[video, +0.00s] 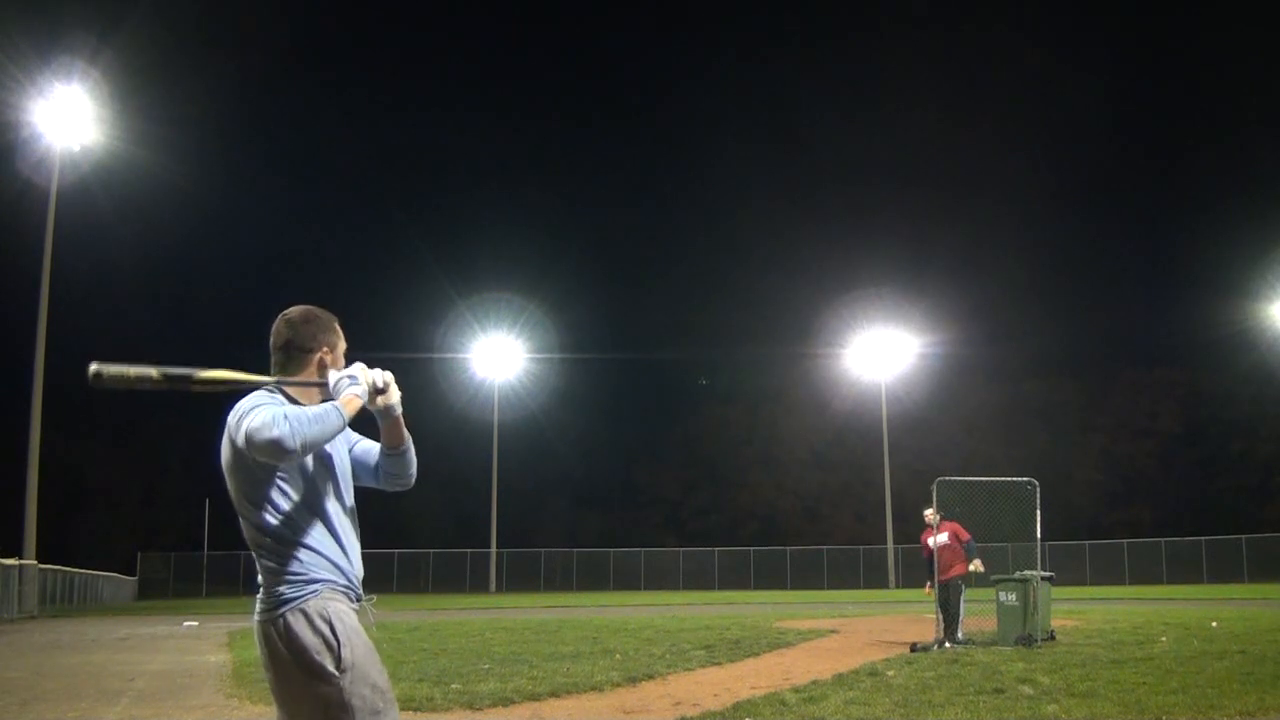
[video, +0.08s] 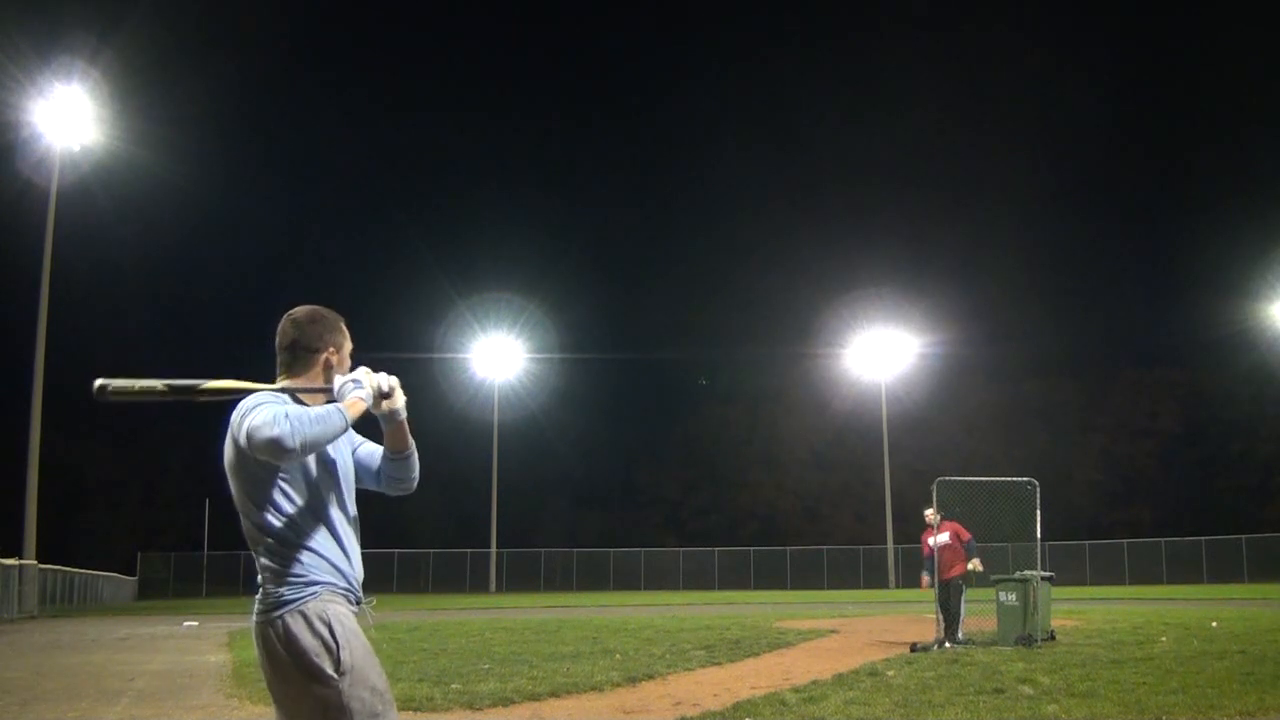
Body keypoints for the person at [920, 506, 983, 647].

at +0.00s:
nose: (929, 518)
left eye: (931, 515)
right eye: (926, 516)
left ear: (938, 515)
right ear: (924, 519)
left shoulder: (952, 527)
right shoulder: (925, 536)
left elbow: (968, 541)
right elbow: (928, 560)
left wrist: (974, 558)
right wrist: (929, 580)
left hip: (957, 571)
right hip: (941, 575)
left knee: (954, 605)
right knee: (943, 606)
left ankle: (952, 637)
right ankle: (947, 636)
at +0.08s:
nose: (929, 518)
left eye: (931, 515)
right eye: (926, 516)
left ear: (938, 515)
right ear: (925, 519)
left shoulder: (952, 526)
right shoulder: (926, 536)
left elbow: (969, 540)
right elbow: (928, 557)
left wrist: (974, 557)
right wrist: (926, 573)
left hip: (957, 571)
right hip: (942, 575)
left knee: (955, 606)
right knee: (944, 607)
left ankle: (953, 637)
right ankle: (948, 636)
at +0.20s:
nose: (930, 517)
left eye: (932, 514)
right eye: (928, 515)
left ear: (939, 515)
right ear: (927, 519)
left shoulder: (954, 526)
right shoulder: (930, 532)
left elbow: (970, 539)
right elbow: (920, 529)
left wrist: (973, 553)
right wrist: (918, 516)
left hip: (958, 572)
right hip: (943, 575)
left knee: (955, 606)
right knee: (945, 607)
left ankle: (954, 636)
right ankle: (948, 636)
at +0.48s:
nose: (943, 511)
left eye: (945, 509)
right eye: (939, 509)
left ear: (951, 512)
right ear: (936, 513)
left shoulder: (961, 526)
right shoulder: (934, 527)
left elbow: (974, 542)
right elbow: (924, 534)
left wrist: (974, 558)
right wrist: (919, 524)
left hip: (958, 572)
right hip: (942, 574)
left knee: (955, 605)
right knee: (943, 606)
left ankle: (953, 637)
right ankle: (950, 634)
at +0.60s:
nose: (948, 511)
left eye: (950, 509)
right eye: (945, 509)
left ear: (956, 512)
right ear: (941, 512)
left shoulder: (965, 528)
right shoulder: (934, 530)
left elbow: (975, 547)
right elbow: (928, 549)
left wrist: (976, 565)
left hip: (959, 572)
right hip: (942, 573)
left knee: (955, 604)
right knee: (943, 604)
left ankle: (952, 636)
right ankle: (960, 625)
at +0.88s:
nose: (952, 514)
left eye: (955, 512)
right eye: (950, 512)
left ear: (961, 515)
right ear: (946, 515)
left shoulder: (968, 530)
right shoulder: (943, 532)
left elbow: (980, 550)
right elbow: (942, 554)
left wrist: (980, 570)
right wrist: (941, 573)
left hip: (963, 573)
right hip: (949, 574)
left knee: (960, 606)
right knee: (957, 606)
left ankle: (954, 637)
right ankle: (972, 632)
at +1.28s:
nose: (960, 514)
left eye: (963, 511)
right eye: (958, 511)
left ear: (968, 514)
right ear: (955, 513)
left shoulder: (974, 528)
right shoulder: (956, 529)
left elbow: (983, 548)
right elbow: (958, 553)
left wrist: (976, 565)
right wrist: (954, 570)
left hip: (970, 573)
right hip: (959, 573)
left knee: (970, 602)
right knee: (963, 604)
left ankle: (974, 634)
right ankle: (967, 633)